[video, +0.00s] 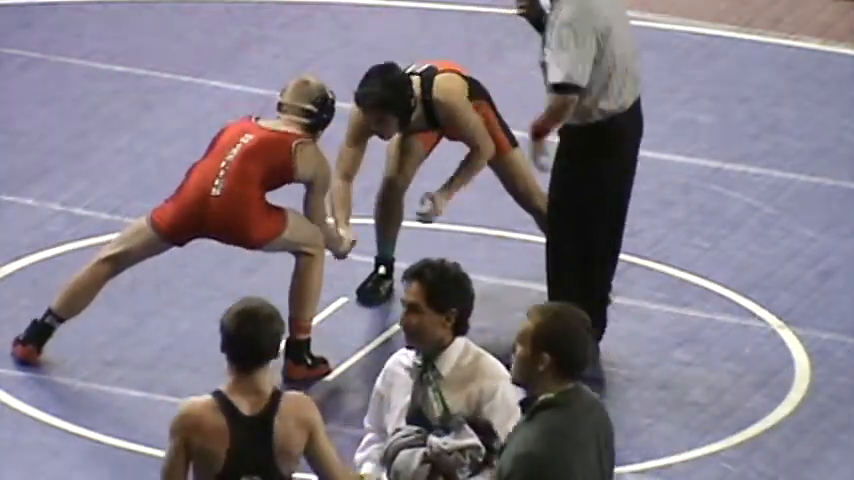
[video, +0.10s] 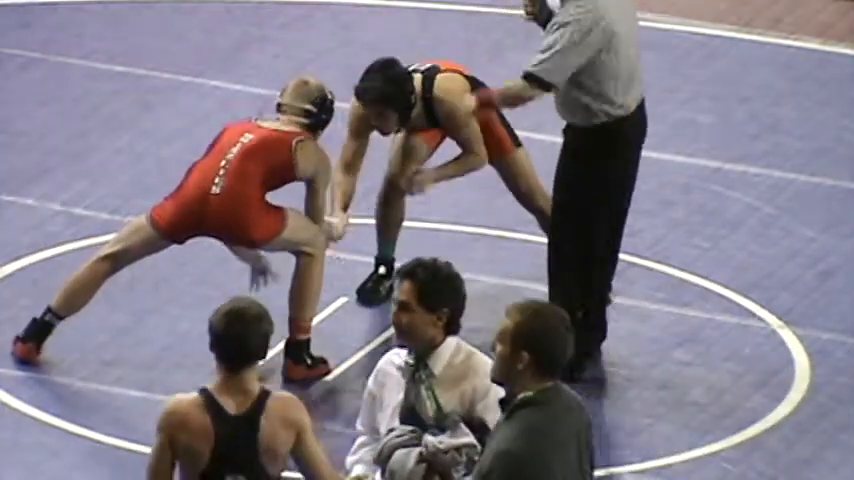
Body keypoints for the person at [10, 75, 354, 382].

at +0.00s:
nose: (281, 102)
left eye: (283, 98)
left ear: (281, 106)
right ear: (321, 121)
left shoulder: (239, 126)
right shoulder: (314, 159)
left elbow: (207, 172)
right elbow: (319, 229)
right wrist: (340, 246)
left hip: (187, 207)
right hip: (242, 219)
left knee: (110, 261)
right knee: (315, 245)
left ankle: (33, 339)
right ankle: (300, 358)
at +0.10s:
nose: (281, 99)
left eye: (284, 97)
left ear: (282, 105)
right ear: (320, 121)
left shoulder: (240, 128)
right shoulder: (314, 155)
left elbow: (209, 194)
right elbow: (317, 225)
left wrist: (250, 256)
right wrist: (333, 229)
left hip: (185, 207)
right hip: (242, 216)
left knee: (109, 259)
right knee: (316, 245)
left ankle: (33, 337)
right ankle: (299, 357)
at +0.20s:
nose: (281, 95)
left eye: (283, 95)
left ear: (279, 107)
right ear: (316, 117)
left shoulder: (240, 131)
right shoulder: (313, 140)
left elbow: (232, 227)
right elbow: (313, 214)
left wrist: (247, 306)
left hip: (185, 207)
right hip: (238, 215)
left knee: (109, 262)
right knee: (319, 247)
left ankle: (34, 339)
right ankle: (300, 356)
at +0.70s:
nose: (318, 127)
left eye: (283, 99)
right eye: (322, 119)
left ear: (280, 106)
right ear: (316, 113)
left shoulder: (238, 129)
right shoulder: (310, 136)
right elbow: (291, 208)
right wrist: (289, 248)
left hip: (182, 209)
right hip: (238, 219)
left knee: (108, 260)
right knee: (314, 245)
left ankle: (35, 338)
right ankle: (300, 351)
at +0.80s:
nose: (322, 124)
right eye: (325, 115)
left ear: (283, 98)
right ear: (319, 110)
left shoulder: (242, 122)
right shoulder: (310, 136)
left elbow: (206, 176)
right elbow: (292, 205)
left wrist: (281, 191)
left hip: (182, 206)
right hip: (237, 218)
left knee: (108, 259)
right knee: (313, 245)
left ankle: (36, 337)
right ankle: (299, 343)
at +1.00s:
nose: (317, 107)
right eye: (316, 100)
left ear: (276, 93)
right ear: (310, 104)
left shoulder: (252, 107)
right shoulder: (295, 135)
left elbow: (308, 118)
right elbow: (267, 212)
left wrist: (363, 103)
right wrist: (292, 188)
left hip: (155, 204)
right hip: (205, 217)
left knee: (107, 254)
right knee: (292, 243)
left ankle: (38, 323)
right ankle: (294, 342)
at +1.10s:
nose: (283, 94)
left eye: (274, 84)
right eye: (284, 87)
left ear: (245, 75)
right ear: (279, 89)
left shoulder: (219, 95)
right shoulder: (259, 122)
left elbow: (287, 114)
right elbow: (232, 200)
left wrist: (350, 102)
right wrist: (266, 169)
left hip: (124, 195)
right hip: (174, 206)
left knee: (93, 252)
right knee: (260, 249)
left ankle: (22, 327)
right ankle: (284, 350)